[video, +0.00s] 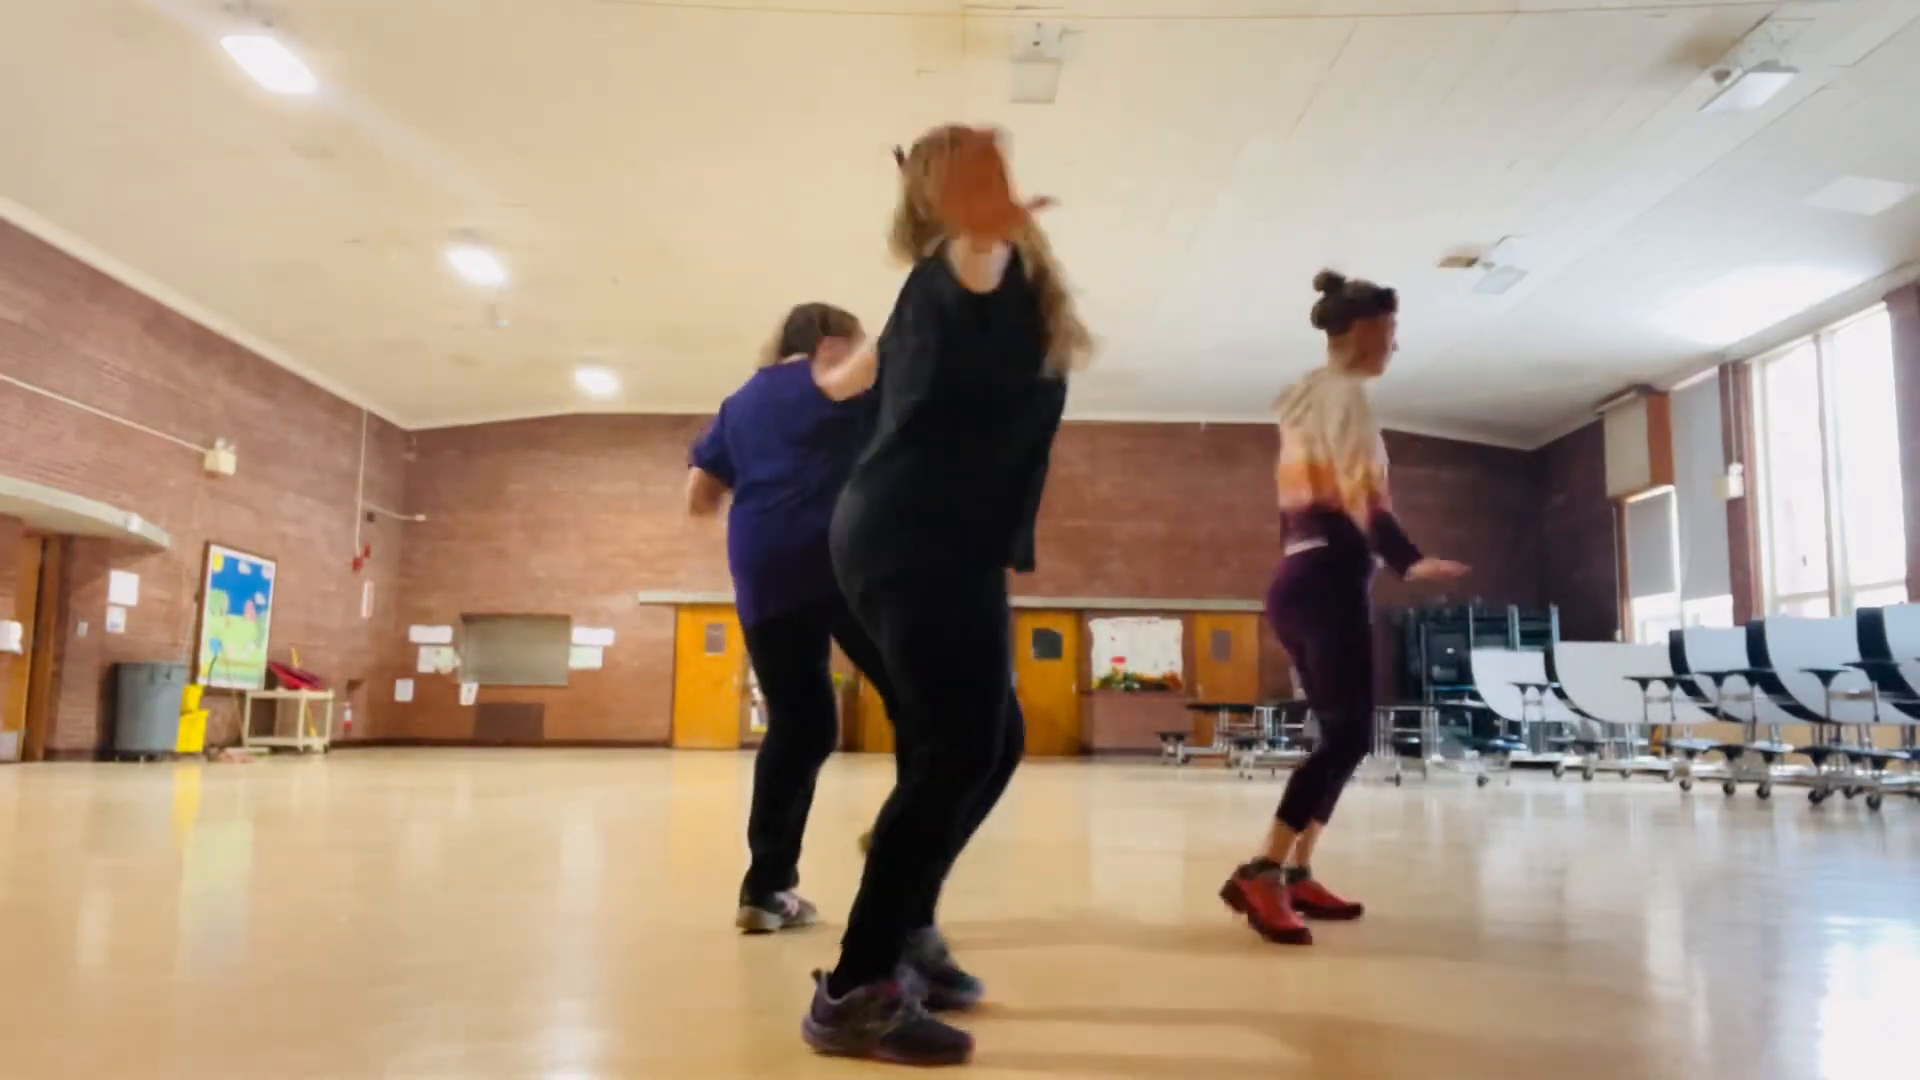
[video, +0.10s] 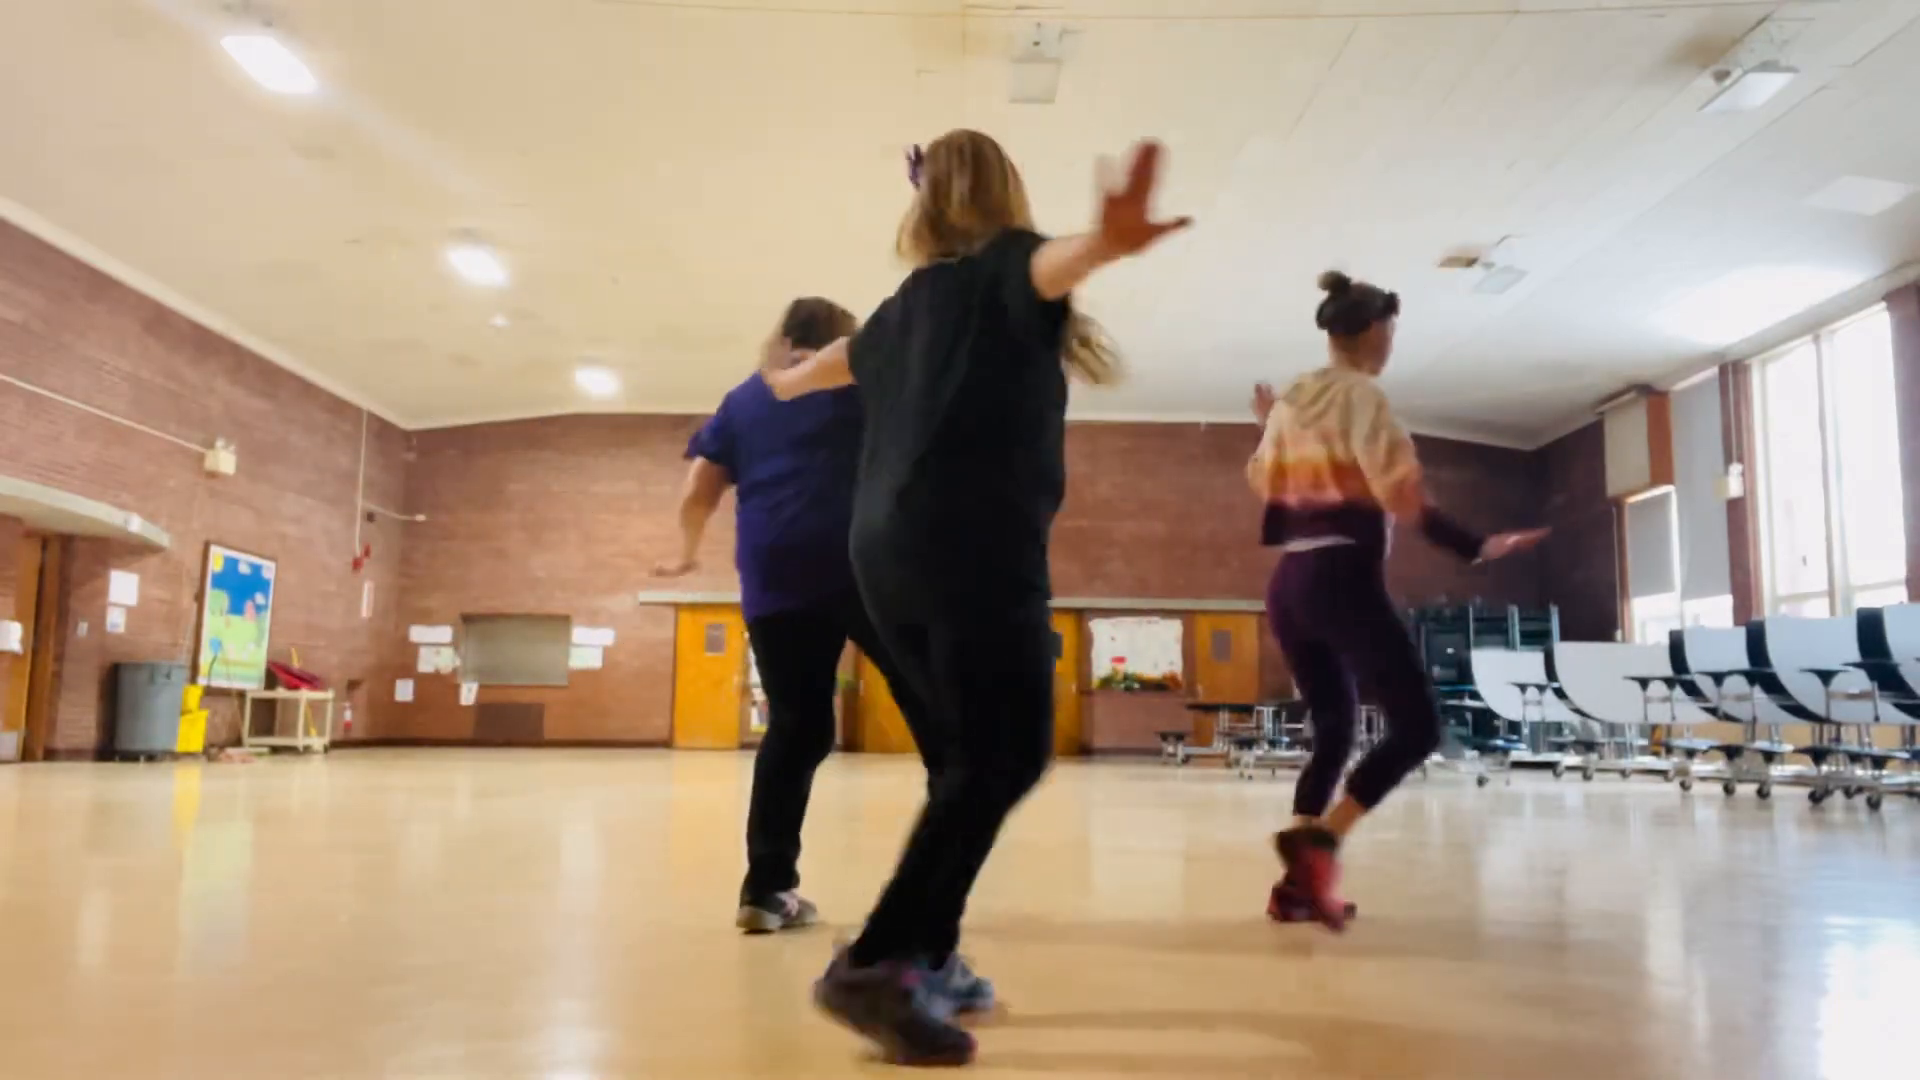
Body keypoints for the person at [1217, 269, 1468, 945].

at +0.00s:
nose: (1393, 344)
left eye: (1393, 331)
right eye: (1386, 331)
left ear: (1346, 335)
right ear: (1353, 333)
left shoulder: (1310, 394)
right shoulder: (1342, 395)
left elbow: (1319, 498)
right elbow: (1355, 496)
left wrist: (1381, 556)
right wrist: (1411, 560)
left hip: (1302, 579)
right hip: (1329, 581)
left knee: (1344, 732)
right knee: (1347, 733)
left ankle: (1296, 872)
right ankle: (1266, 872)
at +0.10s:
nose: (1392, 345)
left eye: (1391, 333)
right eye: (1388, 332)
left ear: (1332, 334)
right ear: (1369, 332)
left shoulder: (1288, 404)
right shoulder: (1365, 402)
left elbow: (1263, 497)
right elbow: (1407, 505)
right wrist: (1478, 548)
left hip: (1289, 583)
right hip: (1345, 581)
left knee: (1332, 732)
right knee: (1416, 728)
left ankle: (1301, 883)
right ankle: (1323, 837)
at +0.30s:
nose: (1397, 330)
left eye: (1390, 320)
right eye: (1397, 320)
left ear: (1338, 322)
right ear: (1395, 321)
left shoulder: (1300, 385)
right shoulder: (1406, 382)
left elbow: (1250, 466)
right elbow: (1465, 474)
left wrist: (1238, 413)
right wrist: (1544, 512)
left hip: (1318, 564)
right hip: (1391, 559)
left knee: (1334, 724)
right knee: (1452, 712)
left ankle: (1317, 877)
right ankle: (1467, 865)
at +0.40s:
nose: (1387, 335)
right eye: (1393, 324)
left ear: (1341, 331)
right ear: (1398, 333)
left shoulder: (1304, 392)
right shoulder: (1421, 394)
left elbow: (1252, 469)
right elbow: (1481, 478)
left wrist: (1242, 419)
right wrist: (1548, 533)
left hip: (1341, 572)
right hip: (1420, 565)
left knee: (1352, 726)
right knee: (1453, 722)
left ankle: (1386, 873)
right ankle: (1468, 875)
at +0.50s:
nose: (1390, 338)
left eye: (1379, 323)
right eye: (1394, 326)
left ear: (1341, 329)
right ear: (1398, 331)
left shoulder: (1314, 398)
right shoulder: (1422, 403)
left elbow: (1266, 481)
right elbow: (1485, 481)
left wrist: (1245, 427)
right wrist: (1542, 523)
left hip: (1348, 581)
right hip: (1427, 573)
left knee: (1368, 740)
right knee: (1475, 719)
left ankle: (1415, 888)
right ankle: (1489, 840)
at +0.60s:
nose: (1333, 344)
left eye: (1337, 335)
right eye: (1339, 335)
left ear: (1348, 336)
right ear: (1397, 341)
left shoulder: (1322, 405)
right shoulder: (1433, 402)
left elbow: (1281, 485)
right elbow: (1493, 474)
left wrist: (1248, 430)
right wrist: (1532, 503)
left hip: (1359, 579)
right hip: (1437, 573)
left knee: (1365, 737)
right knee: (1477, 700)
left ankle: (1416, 887)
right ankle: (1507, 807)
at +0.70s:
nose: (1335, 322)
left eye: (1340, 312)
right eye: (1340, 312)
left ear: (1356, 316)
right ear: (1392, 322)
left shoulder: (1342, 383)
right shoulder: (1435, 385)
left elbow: (1298, 459)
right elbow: (1483, 461)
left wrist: (1265, 399)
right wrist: (1524, 501)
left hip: (1376, 563)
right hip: (1450, 557)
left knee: (1379, 727)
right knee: (1462, 696)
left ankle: (1419, 884)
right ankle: (1510, 828)